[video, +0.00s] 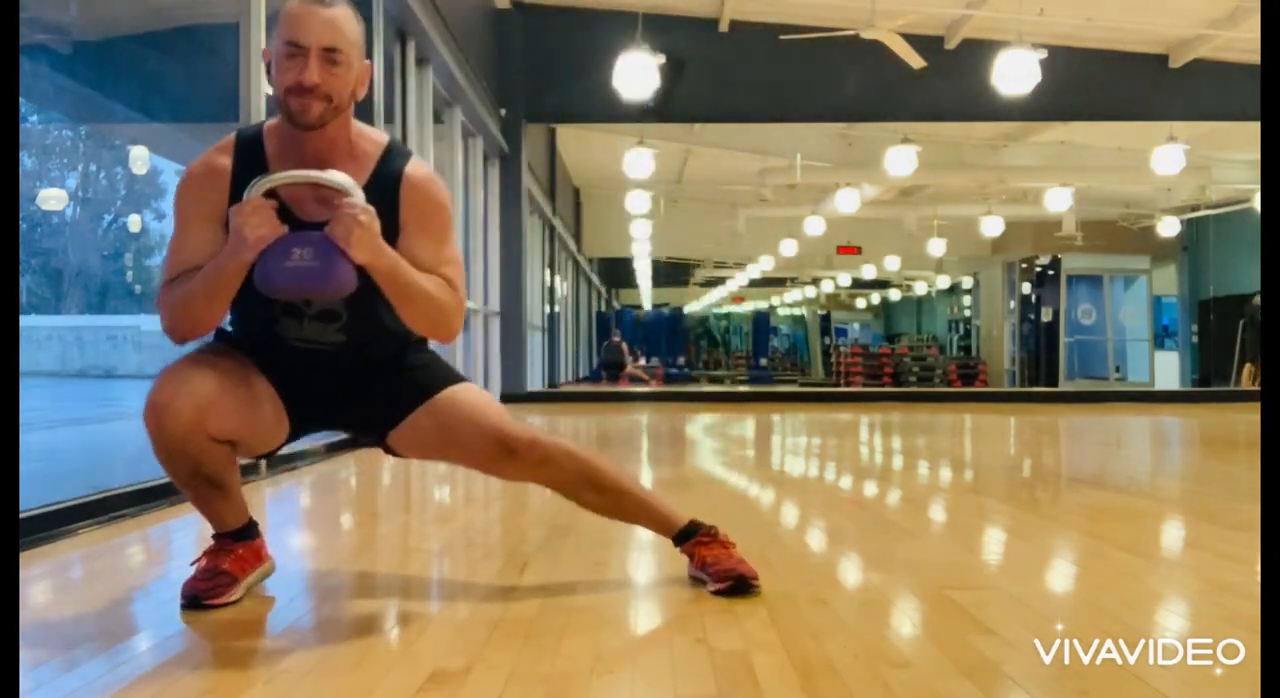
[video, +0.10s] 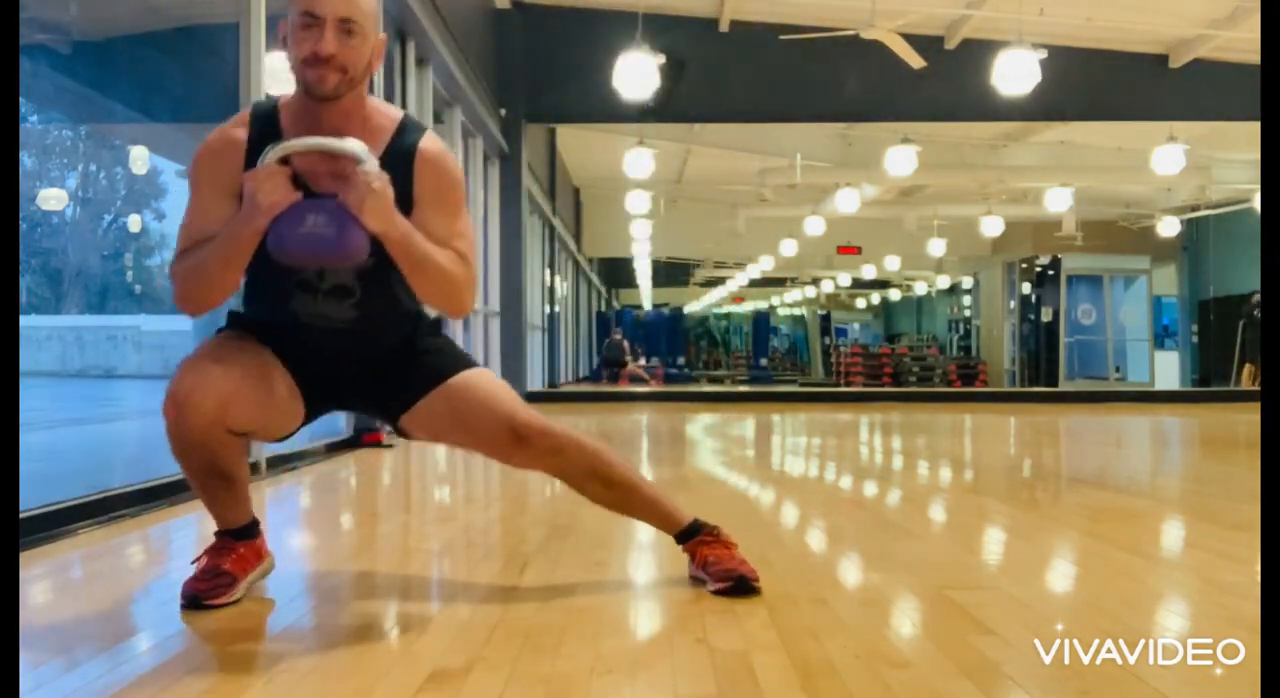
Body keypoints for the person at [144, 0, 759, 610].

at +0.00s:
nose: (305, 74)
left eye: (328, 57)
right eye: (290, 53)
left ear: (362, 74)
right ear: (269, 62)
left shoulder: (411, 183)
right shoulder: (216, 174)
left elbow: (443, 321)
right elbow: (180, 322)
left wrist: (374, 253)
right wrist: (234, 255)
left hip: (387, 372)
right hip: (268, 370)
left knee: (518, 447)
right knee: (173, 406)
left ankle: (690, 535)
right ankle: (237, 541)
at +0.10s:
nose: (321, 43)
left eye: (344, 29)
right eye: (306, 25)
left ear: (377, 47)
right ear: (283, 38)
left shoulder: (422, 156)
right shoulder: (233, 147)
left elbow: (457, 293)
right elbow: (191, 294)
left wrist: (385, 219)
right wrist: (251, 221)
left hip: (399, 354)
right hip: (280, 350)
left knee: (530, 436)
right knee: (190, 401)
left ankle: (694, 536)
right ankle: (240, 541)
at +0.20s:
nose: (348, 12)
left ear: (404, 16)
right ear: (310, 13)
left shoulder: (446, 131)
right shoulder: (255, 118)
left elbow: (475, 269)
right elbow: (213, 261)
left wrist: (406, 179)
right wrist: (275, 178)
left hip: (416, 332)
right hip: (297, 331)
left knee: (544, 426)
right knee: (206, 398)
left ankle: (699, 537)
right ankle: (238, 541)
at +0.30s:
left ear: (425, 2)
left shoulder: (470, 100)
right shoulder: (281, 85)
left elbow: (501, 238)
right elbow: (239, 227)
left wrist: (439, 144)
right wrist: (309, 135)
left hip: (431, 309)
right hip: (315, 306)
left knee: (555, 415)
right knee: (225, 398)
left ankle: (701, 536)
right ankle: (240, 541)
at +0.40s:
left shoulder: (504, 69)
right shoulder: (314, 50)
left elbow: (529, 205)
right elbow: (271, 189)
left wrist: (469, 99)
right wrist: (347, 95)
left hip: (459, 285)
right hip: (337, 281)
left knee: (572, 398)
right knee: (246, 395)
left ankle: (704, 536)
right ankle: (241, 540)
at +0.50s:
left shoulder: (541, 38)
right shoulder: (356, 22)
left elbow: (567, 168)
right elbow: (317, 153)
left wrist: (513, 70)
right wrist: (393, 57)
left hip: (492, 262)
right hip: (371, 261)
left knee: (598, 384)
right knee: (268, 393)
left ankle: (707, 535)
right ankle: (242, 543)